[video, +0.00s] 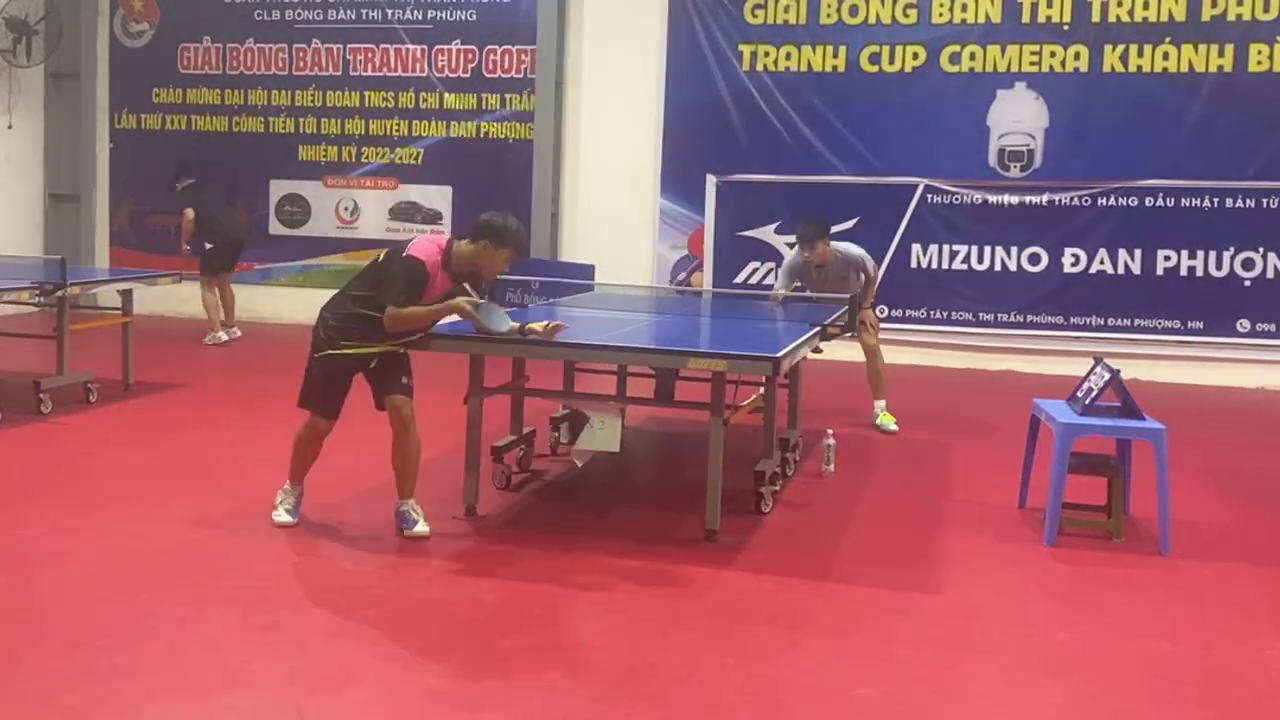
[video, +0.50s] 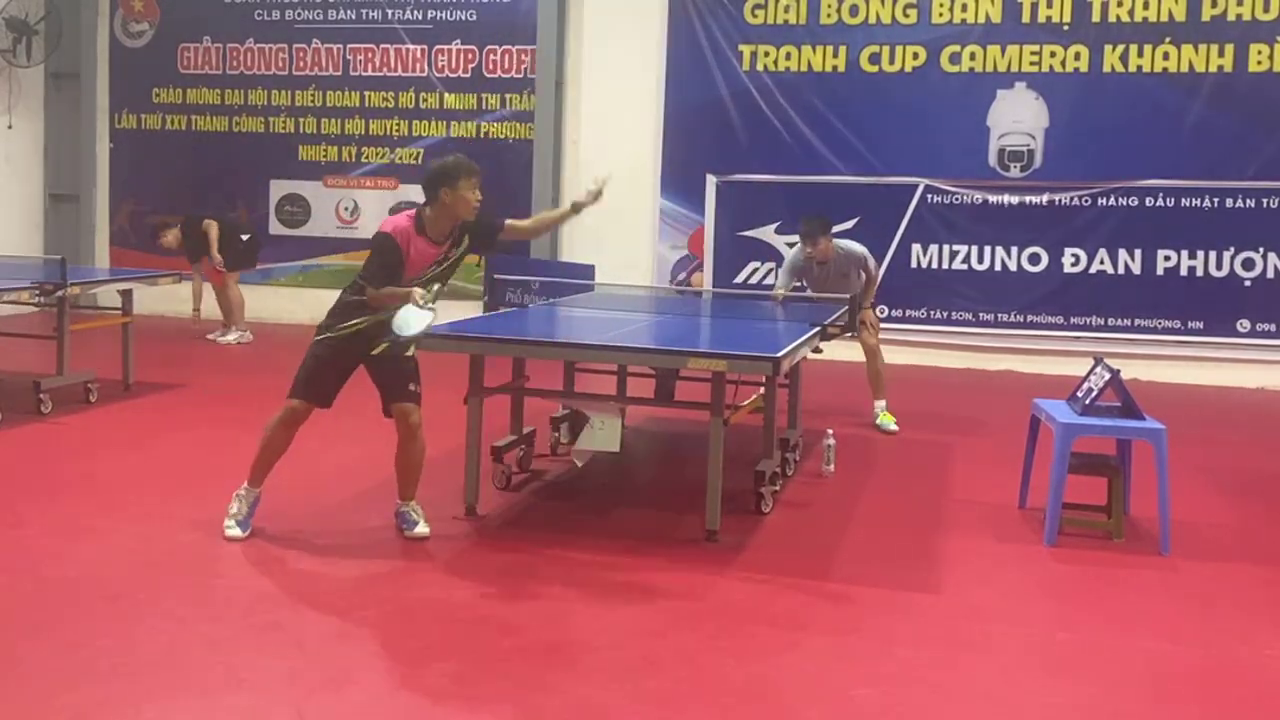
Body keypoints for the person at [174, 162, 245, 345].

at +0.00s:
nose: (178, 191)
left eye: (178, 188)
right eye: (178, 188)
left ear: (180, 184)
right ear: (194, 179)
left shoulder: (187, 193)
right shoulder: (212, 188)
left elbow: (190, 216)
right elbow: (231, 210)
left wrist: (185, 242)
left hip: (215, 240)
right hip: (235, 237)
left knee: (207, 285)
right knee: (224, 282)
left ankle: (216, 330)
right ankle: (231, 326)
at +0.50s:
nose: (165, 246)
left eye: (163, 241)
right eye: (162, 245)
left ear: (168, 232)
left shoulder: (188, 224)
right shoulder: (190, 246)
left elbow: (212, 225)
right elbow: (197, 277)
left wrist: (214, 253)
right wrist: (196, 308)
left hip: (243, 239)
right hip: (229, 243)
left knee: (229, 281)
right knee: (218, 283)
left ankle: (241, 329)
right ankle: (228, 326)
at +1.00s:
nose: (175, 162)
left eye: (179, 158)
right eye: (173, 159)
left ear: (192, 160)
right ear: (172, 163)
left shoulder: (207, 184)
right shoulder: (177, 186)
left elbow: (229, 211)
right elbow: (162, 211)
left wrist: (214, 237)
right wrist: (146, 198)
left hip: (219, 238)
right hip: (198, 240)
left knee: (208, 281)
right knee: (209, 284)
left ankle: (203, 328)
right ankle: (228, 325)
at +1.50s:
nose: (172, 150)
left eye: (176, 147)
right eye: (169, 147)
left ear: (188, 151)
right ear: (166, 151)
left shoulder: (196, 175)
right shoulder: (162, 176)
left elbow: (197, 200)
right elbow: (151, 203)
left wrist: (173, 184)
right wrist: (142, 229)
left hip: (192, 240)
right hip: (166, 238)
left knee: (194, 288)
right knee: (159, 286)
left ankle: (199, 332)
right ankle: (153, 333)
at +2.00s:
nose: (140, 148)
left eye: (145, 144)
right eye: (137, 144)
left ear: (157, 149)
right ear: (134, 148)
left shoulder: (168, 178)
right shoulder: (127, 177)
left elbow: (184, 210)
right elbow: (116, 204)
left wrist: (165, 225)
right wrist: (106, 227)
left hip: (159, 245)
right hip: (131, 245)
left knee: (163, 289)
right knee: (135, 292)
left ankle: (169, 339)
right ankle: (141, 338)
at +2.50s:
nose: (121, 162)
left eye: (127, 158)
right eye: (119, 158)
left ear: (140, 162)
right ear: (115, 159)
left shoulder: (152, 190)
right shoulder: (110, 180)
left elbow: (165, 223)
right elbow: (100, 200)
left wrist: (139, 234)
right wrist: (101, 224)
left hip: (143, 250)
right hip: (113, 247)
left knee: (150, 295)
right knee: (96, 294)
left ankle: (161, 346)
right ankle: (85, 341)